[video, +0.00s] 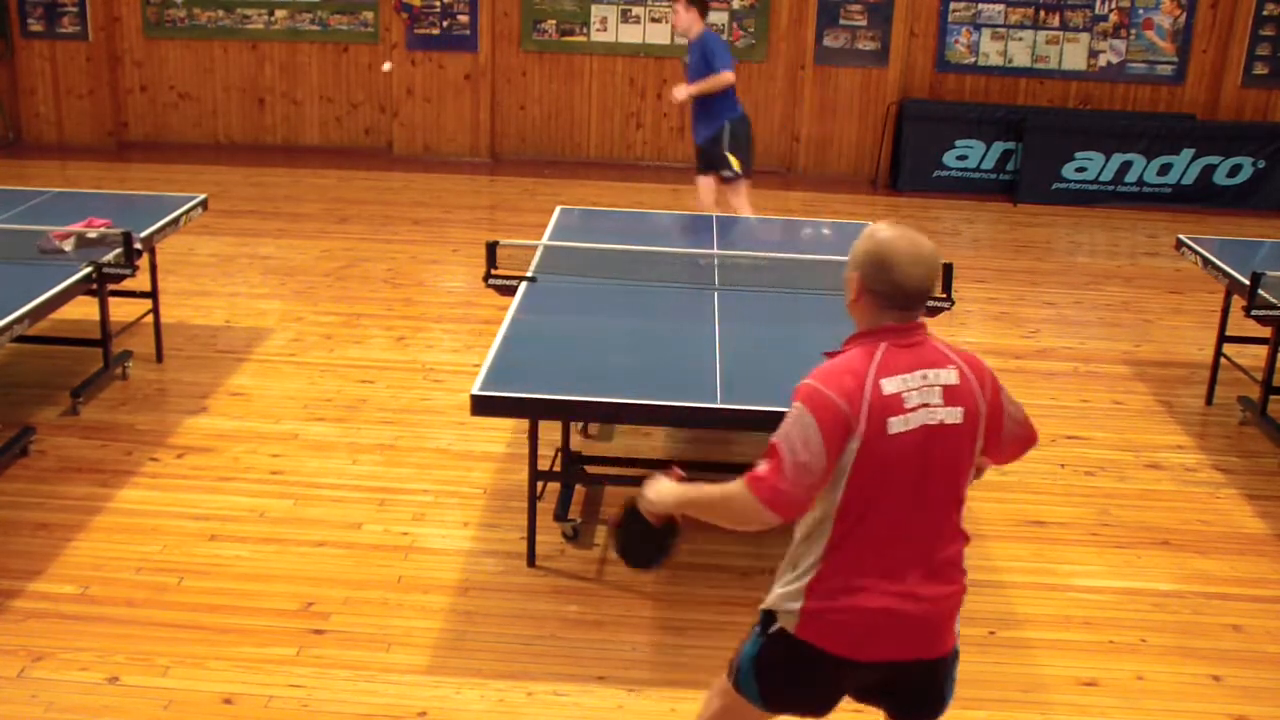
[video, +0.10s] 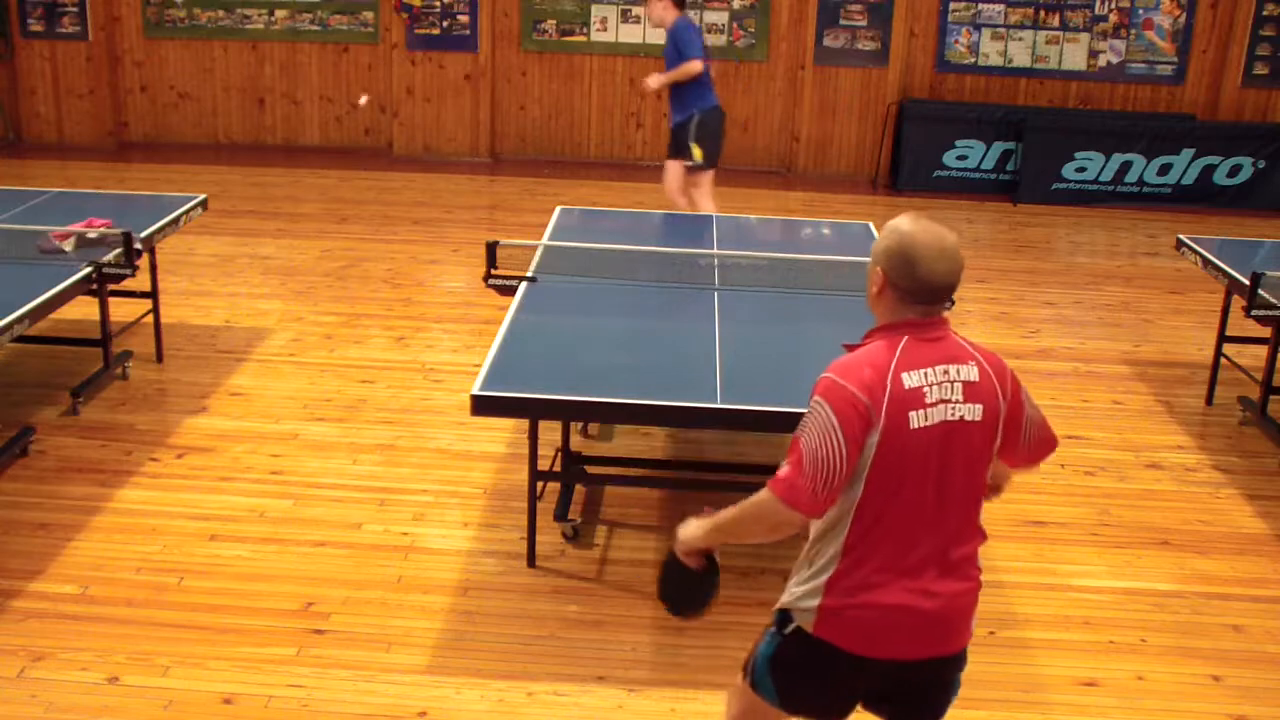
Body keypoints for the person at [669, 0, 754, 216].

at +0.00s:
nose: (673, 19)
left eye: (676, 12)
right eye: (673, 13)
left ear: (694, 13)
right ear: (689, 14)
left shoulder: (712, 41)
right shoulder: (694, 45)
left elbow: (727, 76)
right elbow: (703, 80)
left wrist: (689, 89)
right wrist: (686, 91)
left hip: (727, 124)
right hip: (705, 127)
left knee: (737, 194)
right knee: (706, 190)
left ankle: (754, 245)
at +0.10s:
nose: (648, 13)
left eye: (650, 6)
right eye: (648, 7)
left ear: (666, 5)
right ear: (666, 7)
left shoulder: (683, 26)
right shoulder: (674, 32)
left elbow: (696, 64)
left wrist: (662, 79)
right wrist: (661, 78)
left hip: (702, 115)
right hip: (683, 118)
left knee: (700, 190)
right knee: (673, 186)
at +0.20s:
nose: (624, 18)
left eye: (627, 11)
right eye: (625, 12)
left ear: (641, 13)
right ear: (644, 13)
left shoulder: (655, 36)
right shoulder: (664, 36)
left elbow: (655, 77)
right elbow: (687, 70)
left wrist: (627, 89)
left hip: (674, 122)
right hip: (659, 123)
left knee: (674, 195)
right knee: (637, 185)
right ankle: (651, 240)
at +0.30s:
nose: (599, 35)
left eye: (601, 30)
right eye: (599, 30)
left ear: (614, 29)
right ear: (618, 29)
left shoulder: (622, 54)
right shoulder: (642, 53)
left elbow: (615, 98)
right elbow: (665, 91)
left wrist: (591, 105)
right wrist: (658, 124)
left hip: (643, 139)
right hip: (652, 136)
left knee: (664, 204)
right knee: (602, 184)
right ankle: (597, 238)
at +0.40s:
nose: (569, 30)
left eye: (572, 25)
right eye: (570, 25)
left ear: (582, 28)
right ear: (594, 30)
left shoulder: (581, 53)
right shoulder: (611, 52)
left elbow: (577, 94)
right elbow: (634, 90)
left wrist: (557, 102)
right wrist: (631, 122)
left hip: (610, 135)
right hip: (626, 131)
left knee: (634, 195)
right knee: (572, 180)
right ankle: (572, 237)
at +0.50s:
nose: (535, 31)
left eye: (539, 25)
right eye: (536, 25)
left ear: (549, 29)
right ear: (560, 30)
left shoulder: (546, 51)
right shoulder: (577, 51)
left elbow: (541, 91)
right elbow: (600, 89)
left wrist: (523, 107)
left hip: (575, 130)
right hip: (593, 129)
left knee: (584, 195)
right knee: (546, 179)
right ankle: (560, 233)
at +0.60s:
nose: (502, 26)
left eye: (505, 21)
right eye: (504, 21)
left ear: (514, 25)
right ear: (528, 26)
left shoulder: (515, 49)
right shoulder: (544, 48)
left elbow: (514, 87)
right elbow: (559, 87)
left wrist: (499, 114)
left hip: (540, 128)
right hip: (562, 127)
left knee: (522, 189)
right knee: (534, 187)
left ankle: (566, 221)